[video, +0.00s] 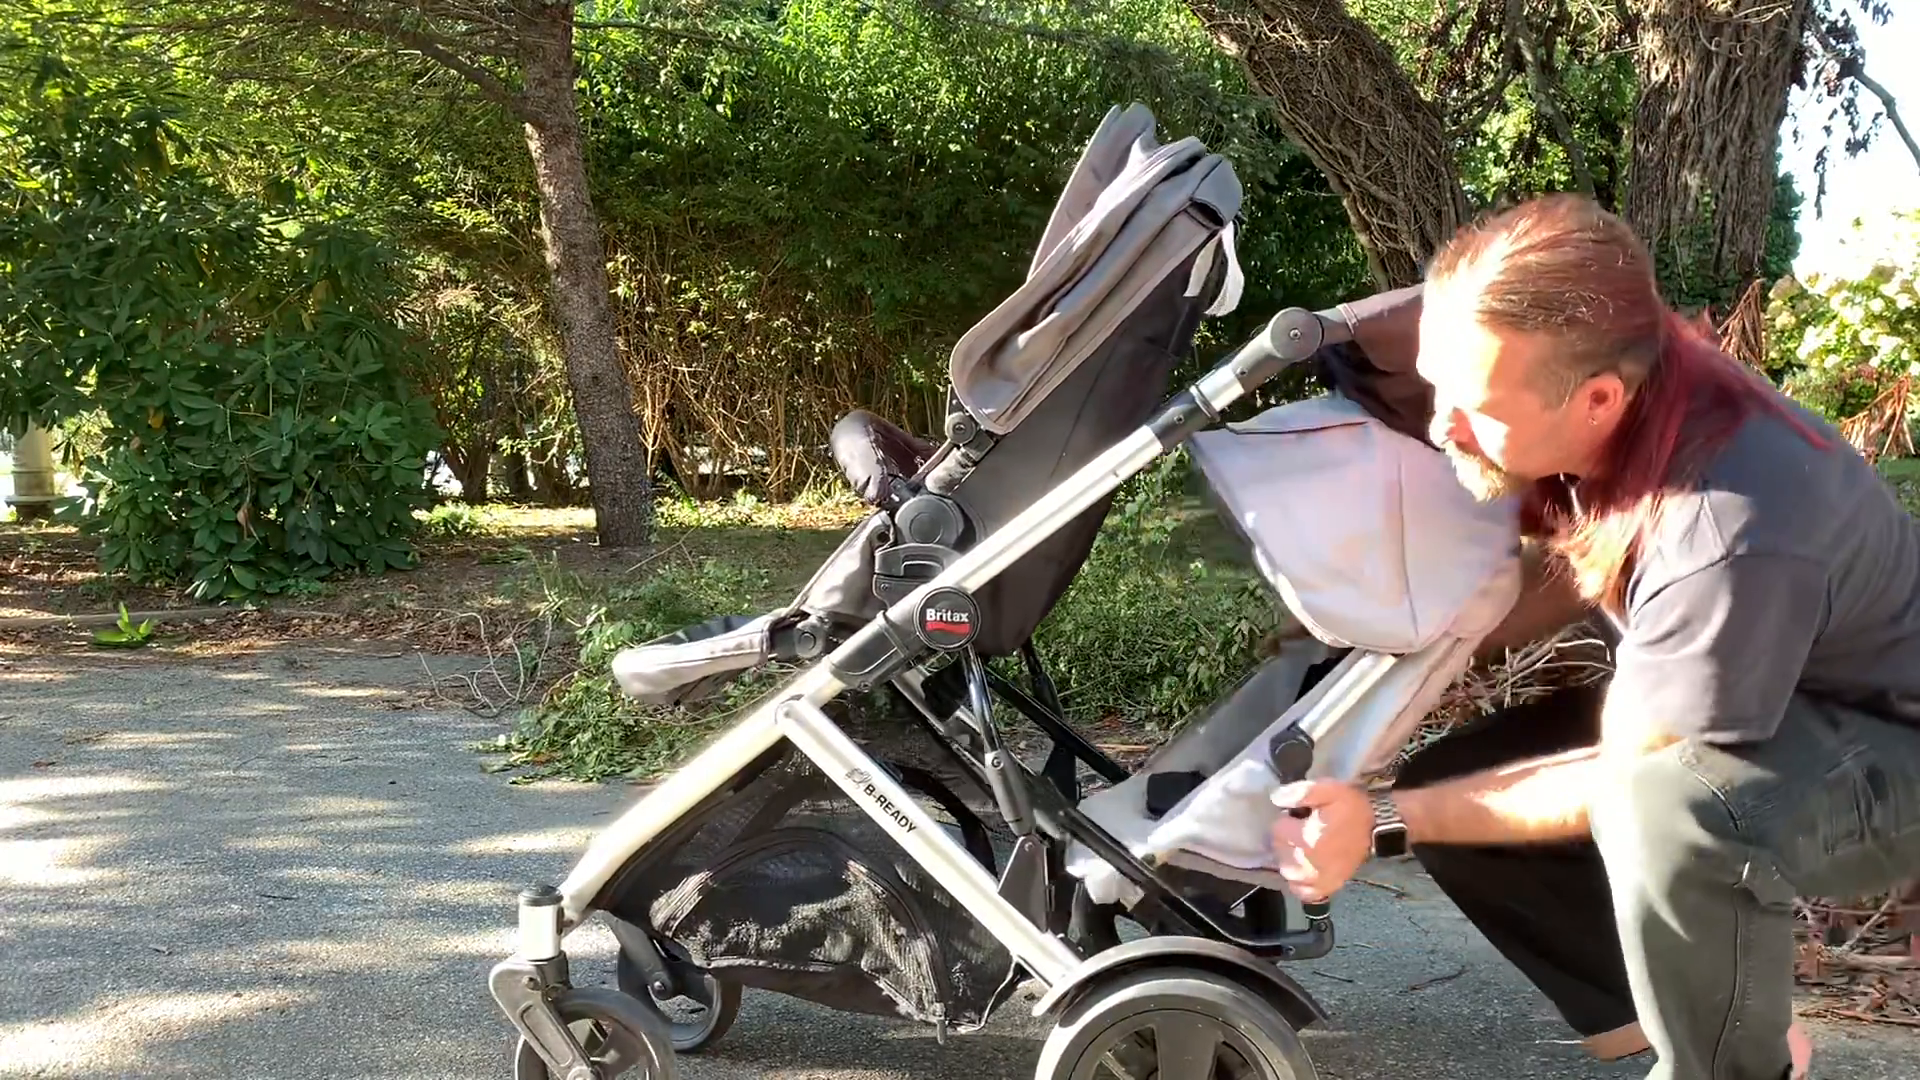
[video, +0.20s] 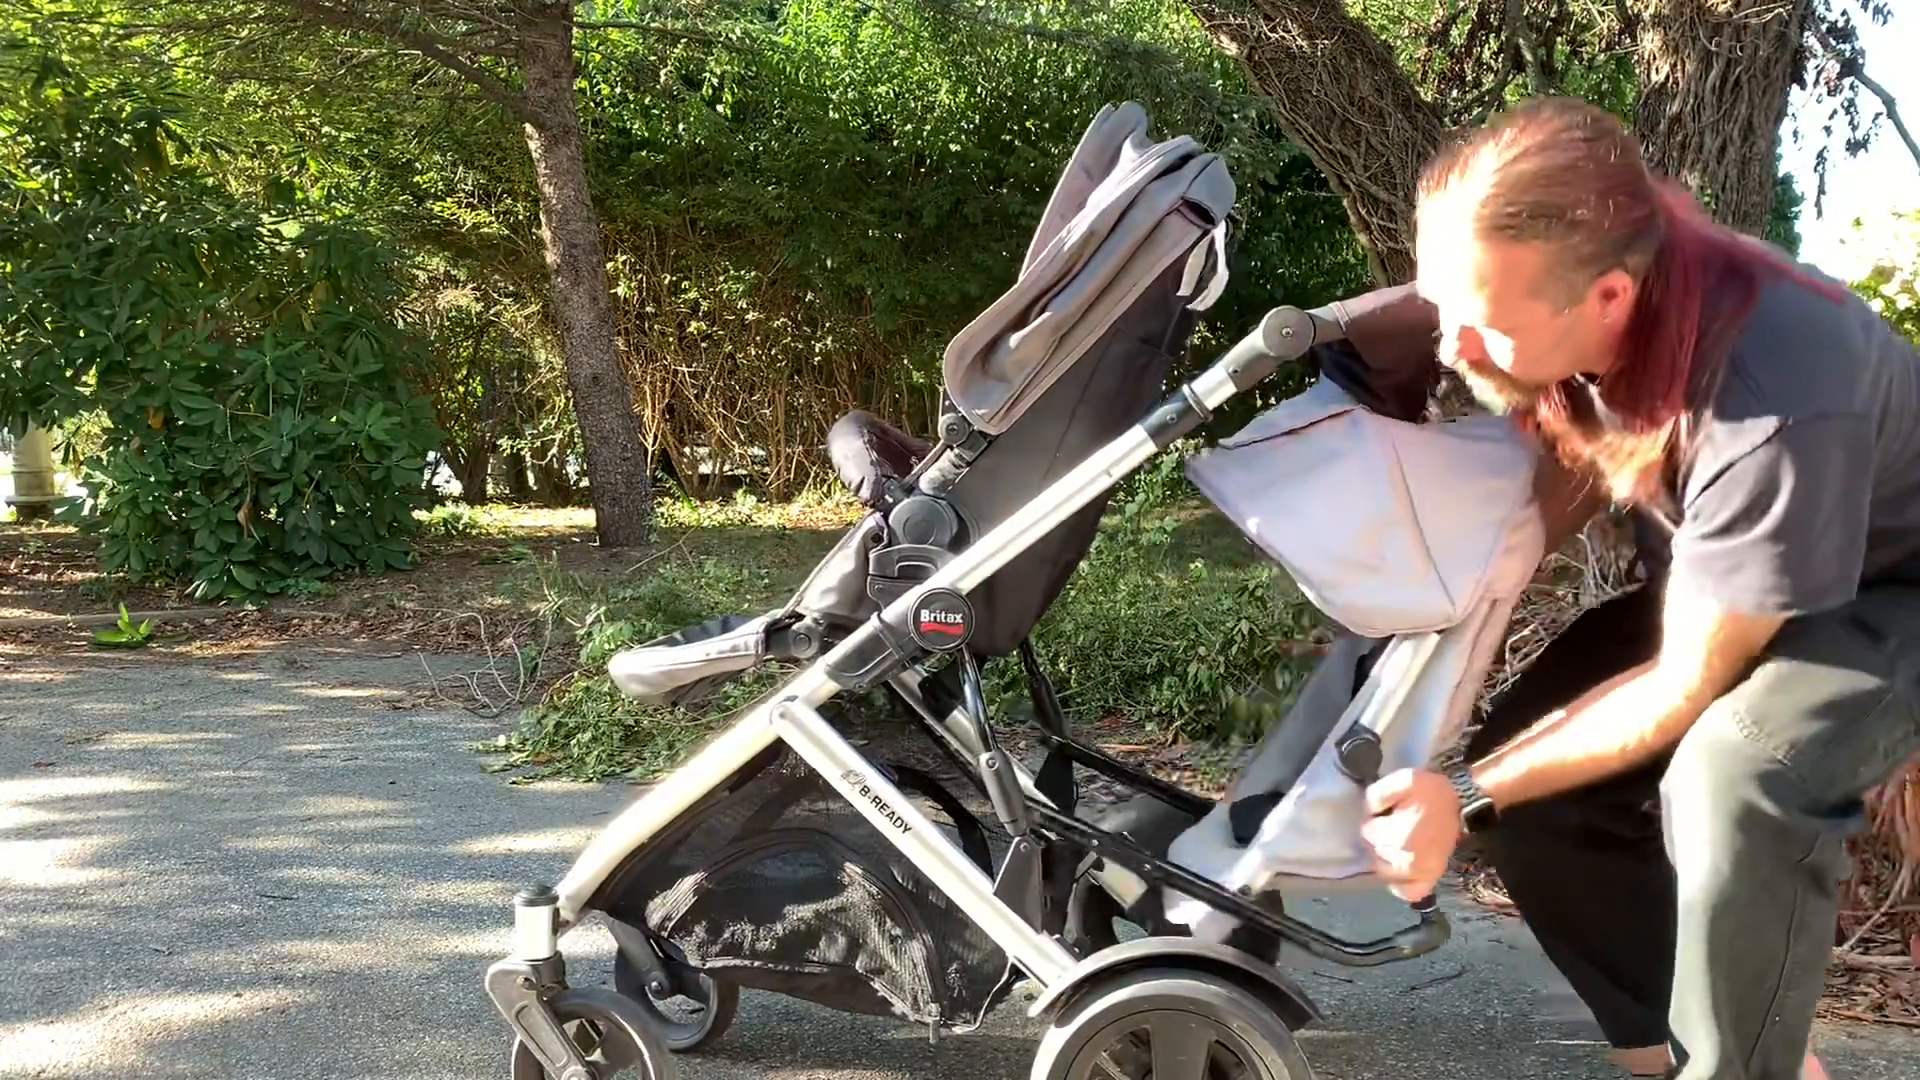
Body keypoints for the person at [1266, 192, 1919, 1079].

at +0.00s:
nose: (1446, 428)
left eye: (1473, 411)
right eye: (1441, 396)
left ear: (1599, 403)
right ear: (1597, 400)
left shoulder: (1728, 521)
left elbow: (1637, 780)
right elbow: (1571, 569)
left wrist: (1389, 818)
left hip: (1895, 731)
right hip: (1754, 679)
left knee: (1671, 809)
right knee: (1453, 801)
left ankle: (1741, 1065)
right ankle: (1689, 1031)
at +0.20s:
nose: (1454, 342)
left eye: (1482, 319)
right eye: (1446, 307)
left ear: (1607, 300)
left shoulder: (1773, 404)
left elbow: (1687, 684)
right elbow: (1534, 517)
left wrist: (1473, 794)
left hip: (1889, 583)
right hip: (1727, 567)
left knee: (1733, 776)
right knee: (1518, 778)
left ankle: (1744, 1066)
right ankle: (1661, 1050)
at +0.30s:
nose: (1472, 300)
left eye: (1499, 275)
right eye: (1462, 267)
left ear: (1623, 246)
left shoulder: (1798, 339)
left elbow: (1735, 632)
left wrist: (1525, 780)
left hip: (1886, 544)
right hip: (1712, 530)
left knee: (1776, 758)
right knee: (1555, 771)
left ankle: (1747, 1069)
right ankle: (1673, 1051)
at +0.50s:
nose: (1511, 219)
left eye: (1532, 190)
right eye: (1498, 188)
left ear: (1656, 142)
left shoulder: (1852, 222)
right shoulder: (1594, 188)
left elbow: (1840, 535)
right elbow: (1585, 328)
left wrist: (1678, 735)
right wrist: (1595, 439)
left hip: (1877, 499)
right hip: (1705, 490)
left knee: (1837, 781)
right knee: (1646, 768)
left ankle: (1735, 1059)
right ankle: (1688, 1049)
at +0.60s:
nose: (1537, 155)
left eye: (1565, 122)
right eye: (1522, 120)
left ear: (1687, 72)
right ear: (1504, 75)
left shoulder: (1874, 155)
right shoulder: (1572, 144)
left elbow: (1891, 480)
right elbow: (1586, 330)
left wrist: (1766, 698)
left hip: (1877, 501)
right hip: (1707, 494)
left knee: (1865, 801)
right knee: (1663, 785)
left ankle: (1775, 1060)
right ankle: (1708, 1053)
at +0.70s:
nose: (1561, 98)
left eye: (1588, 56)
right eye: (1539, 61)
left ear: (1714, 9)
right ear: (1520, 34)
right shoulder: (1581, 119)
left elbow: (1910, 431)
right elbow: (1588, 321)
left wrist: (1848, 662)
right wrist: (1522, 489)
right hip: (1738, 526)